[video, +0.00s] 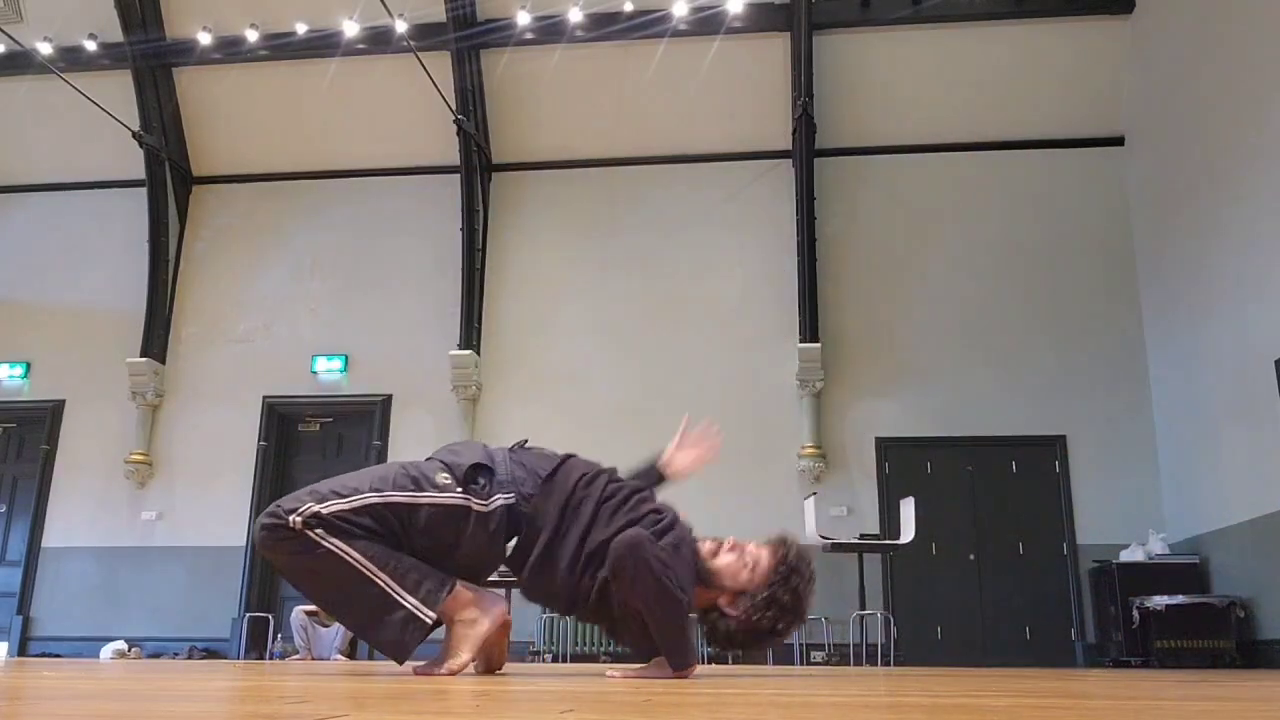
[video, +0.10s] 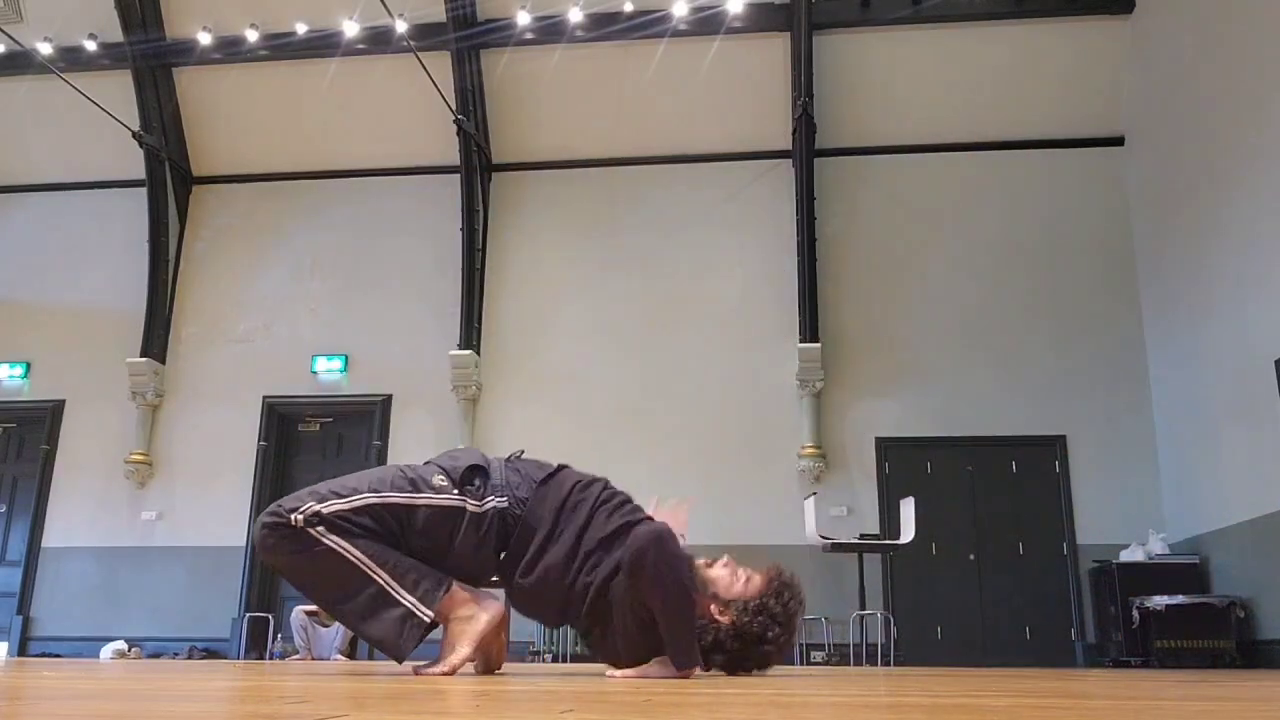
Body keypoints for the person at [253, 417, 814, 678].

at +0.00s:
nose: (735, 543)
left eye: (748, 560)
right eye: (749, 543)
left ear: (732, 605)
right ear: (734, 541)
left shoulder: (667, 560)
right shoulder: (668, 557)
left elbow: (632, 549)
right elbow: (611, 513)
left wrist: (676, 663)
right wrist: (660, 470)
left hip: (490, 500)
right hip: (485, 499)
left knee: (288, 525)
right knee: (294, 522)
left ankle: (463, 611)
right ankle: (476, 612)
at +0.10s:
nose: (722, 555)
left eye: (733, 568)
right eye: (737, 558)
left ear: (724, 611)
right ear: (715, 621)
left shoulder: (673, 571)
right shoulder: (651, 631)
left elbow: (659, 546)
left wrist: (670, 671)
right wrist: (646, 662)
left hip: (491, 504)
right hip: (484, 501)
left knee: (289, 524)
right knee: (291, 523)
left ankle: (461, 609)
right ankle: (473, 609)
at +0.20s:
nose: (728, 580)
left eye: (737, 596)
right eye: (742, 588)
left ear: (726, 621)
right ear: (728, 631)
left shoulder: (678, 619)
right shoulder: (641, 641)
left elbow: (688, 534)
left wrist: (690, 657)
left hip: (495, 511)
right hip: (489, 500)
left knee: (293, 515)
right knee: (294, 514)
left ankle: (459, 610)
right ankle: (472, 615)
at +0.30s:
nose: (737, 596)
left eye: (740, 603)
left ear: (736, 609)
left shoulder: (692, 596)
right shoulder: (631, 648)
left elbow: (718, 532)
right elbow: (520, 645)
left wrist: (700, 657)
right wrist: (370, 602)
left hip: (508, 520)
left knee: (305, 504)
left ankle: (459, 609)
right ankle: (480, 628)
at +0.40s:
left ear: (750, 619)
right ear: (770, 667)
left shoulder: (706, 592)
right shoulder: (648, 654)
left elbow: (755, 544)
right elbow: (543, 654)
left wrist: (713, 656)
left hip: (528, 530)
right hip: (524, 559)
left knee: (327, 499)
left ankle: (463, 615)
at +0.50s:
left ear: (764, 628)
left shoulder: (715, 592)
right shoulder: (656, 652)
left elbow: (789, 556)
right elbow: (558, 656)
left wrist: (737, 657)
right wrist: (647, 666)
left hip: (544, 534)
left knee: (351, 497)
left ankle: (468, 624)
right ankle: (494, 623)